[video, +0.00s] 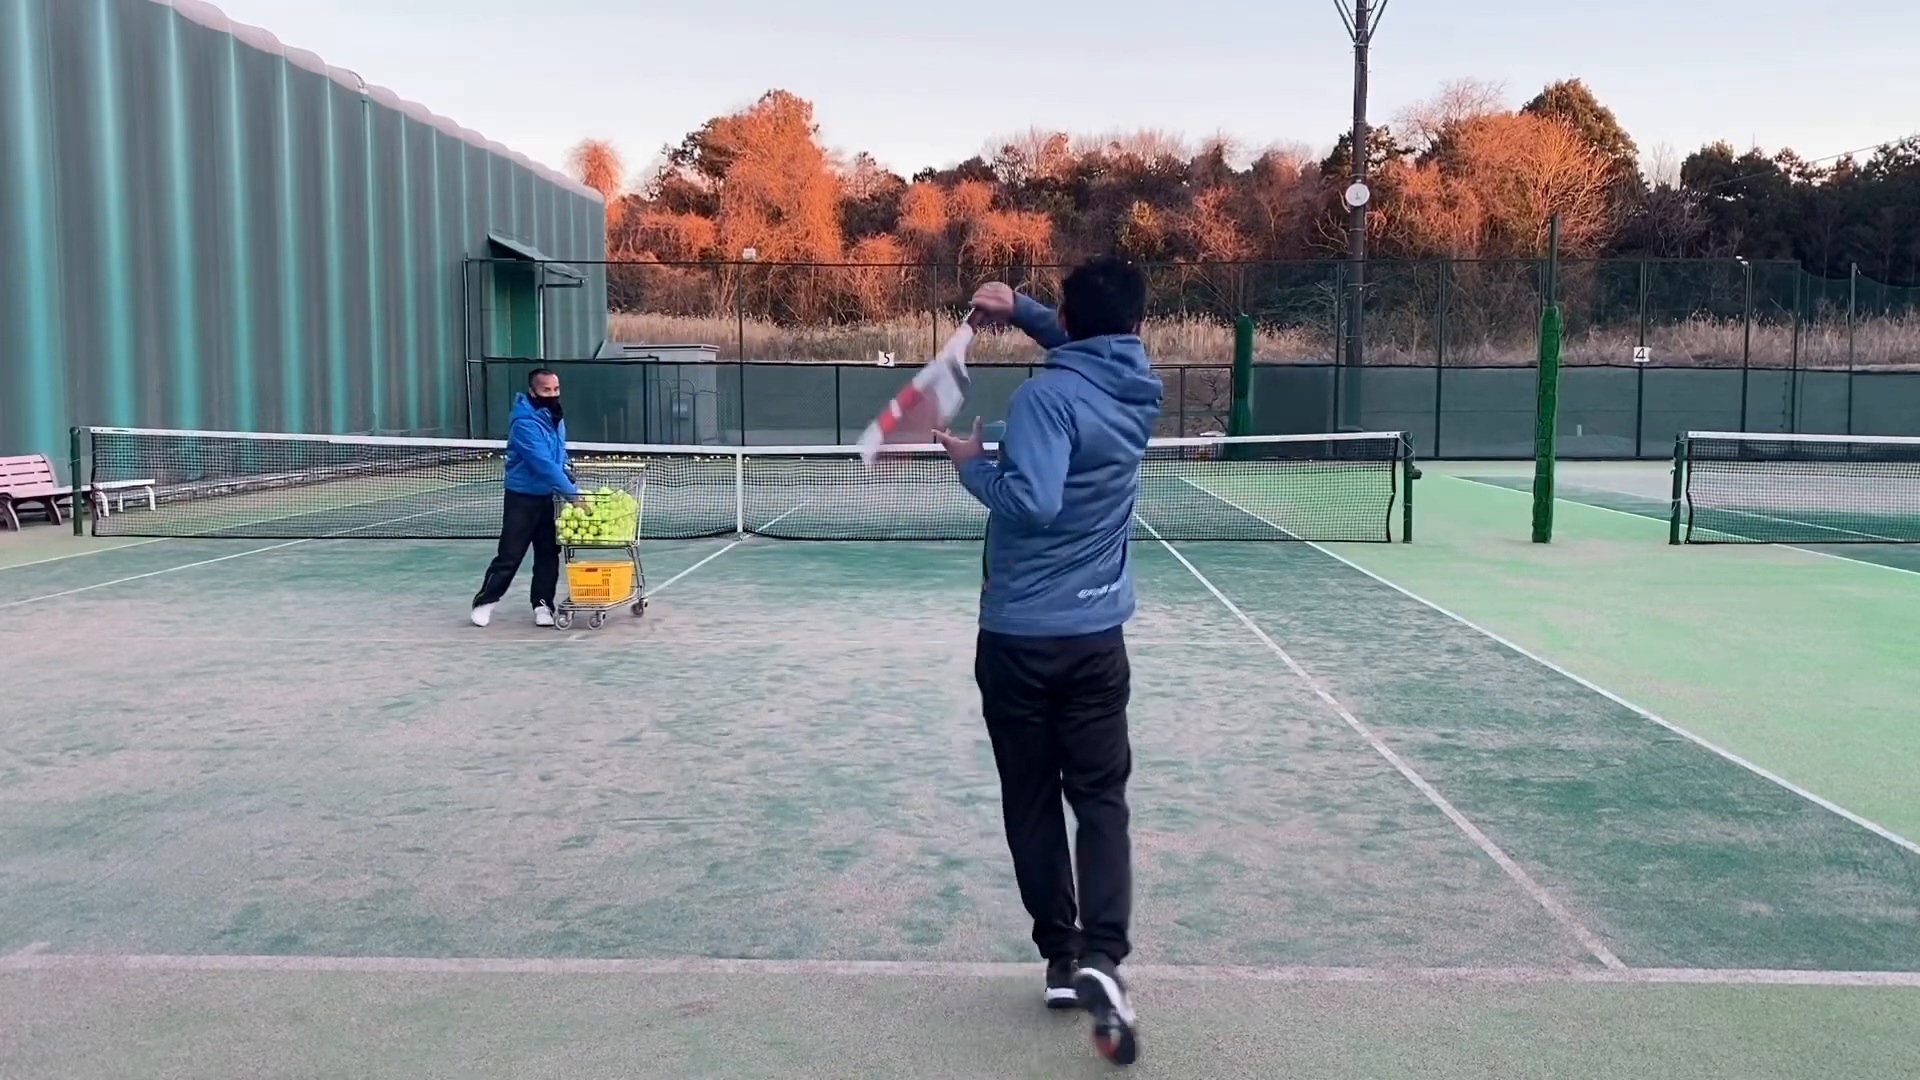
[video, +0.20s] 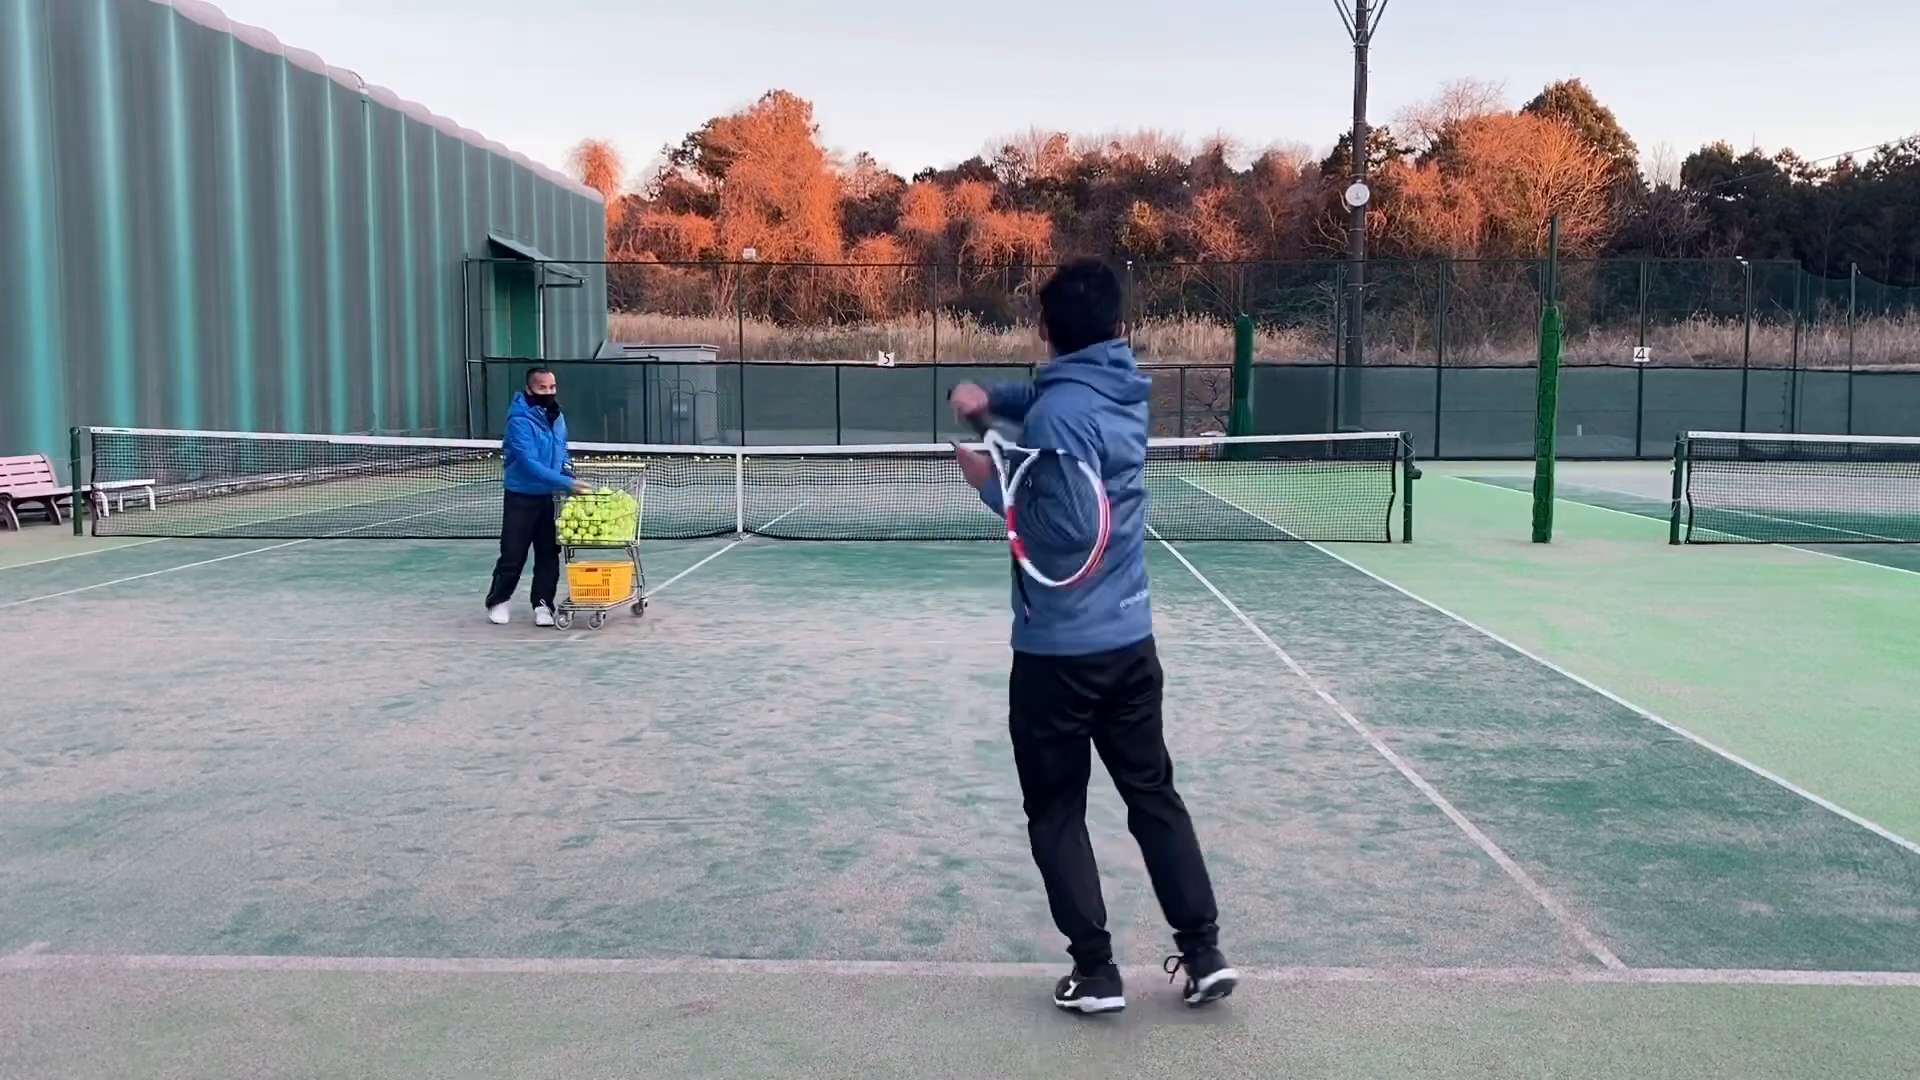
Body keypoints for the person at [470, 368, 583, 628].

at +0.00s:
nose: (553, 393)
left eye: (556, 389)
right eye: (547, 389)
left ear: (558, 389)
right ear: (533, 391)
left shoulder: (554, 416)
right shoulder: (524, 422)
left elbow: (559, 449)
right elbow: (542, 463)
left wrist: (564, 466)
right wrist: (572, 494)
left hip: (547, 494)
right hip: (521, 495)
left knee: (548, 553)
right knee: (510, 554)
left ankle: (542, 605)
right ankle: (485, 603)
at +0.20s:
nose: (549, 392)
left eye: (552, 387)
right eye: (543, 388)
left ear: (556, 388)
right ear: (530, 389)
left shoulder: (557, 416)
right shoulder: (519, 420)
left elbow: (561, 452)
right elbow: (529, 463)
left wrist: (567, 475)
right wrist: (568, 484)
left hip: (547, 494)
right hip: (520, 495)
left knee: (549, 553)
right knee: (514, 554)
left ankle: (543, 604)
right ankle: (498, 602)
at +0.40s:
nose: (537, 390)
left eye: (540, 385)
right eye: (531, 386)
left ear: (545, 386)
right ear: (519, 388)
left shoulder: (554, 416)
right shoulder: (508, 419)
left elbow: (566, 452)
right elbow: (509, 464)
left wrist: (566, 471)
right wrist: (543, 471)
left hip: (547, 496)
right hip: (517, 497)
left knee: (548, 553)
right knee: (516, 553)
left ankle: (543, 605)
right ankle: (513, 603)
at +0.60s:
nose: (520, 390)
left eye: (524, 385)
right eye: (514, 386)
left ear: (530, 386)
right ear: (505, 388)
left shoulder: (547, 415)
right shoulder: (495, 420)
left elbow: (564, 450)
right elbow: (493, 459)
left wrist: (564, 470)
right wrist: (510, 474)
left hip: (543, 495)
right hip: (510, 497)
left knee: (544, 553)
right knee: (511, 553)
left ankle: (543, 605)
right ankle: (511, 604)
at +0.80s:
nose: (508, 391)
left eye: (512, 386)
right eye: (502, 387)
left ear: (519, 386)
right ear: (494, 389)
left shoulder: (539, 414)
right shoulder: (487, 421)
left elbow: (562, 448)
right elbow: (481, 461)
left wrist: (564, 472)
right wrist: (491, 491)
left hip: (536, 495)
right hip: (503, 497)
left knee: (539, 551)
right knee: (506, 554)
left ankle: (541, 604)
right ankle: (511, 604)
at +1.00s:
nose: (498, 393)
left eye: (503, 387)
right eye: (493, 389)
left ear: (511, 388)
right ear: (486, 391)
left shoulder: (531, 412)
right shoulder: (482, 423)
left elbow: (560, 443)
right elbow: (477, 465)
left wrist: (562, 472)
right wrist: (479, 503)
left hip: (533, 494)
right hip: (501, 497)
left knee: (535, 550)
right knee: (505, 553)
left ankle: (538, 603)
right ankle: (512, 604)